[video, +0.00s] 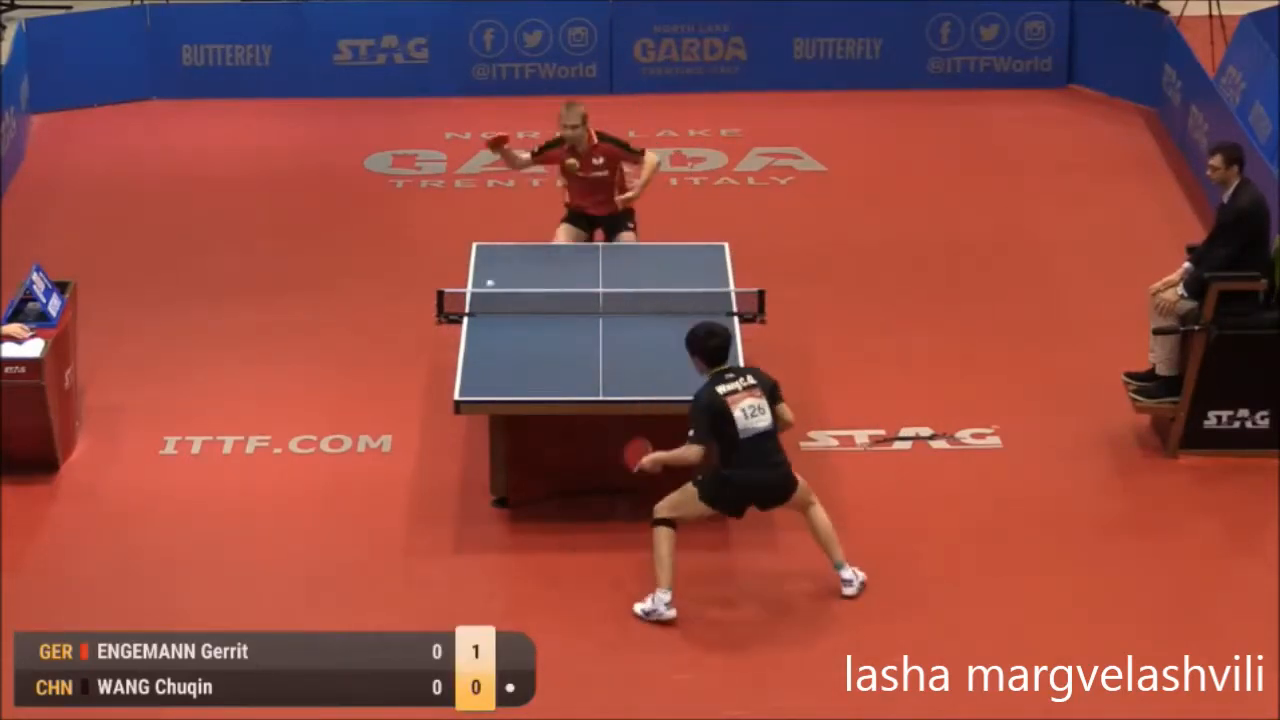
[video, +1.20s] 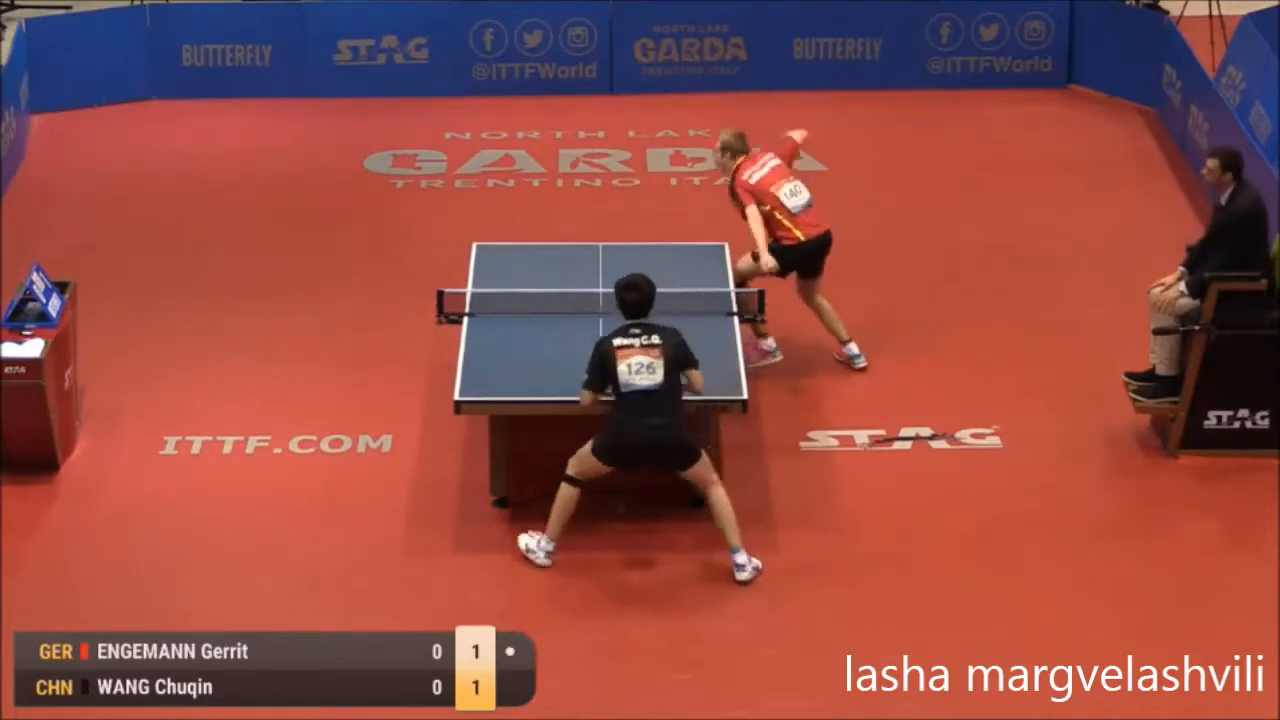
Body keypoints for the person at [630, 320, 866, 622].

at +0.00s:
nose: (691, 360)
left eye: (691, 356)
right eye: (693, 354)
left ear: (697, 359)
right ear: (728, 350)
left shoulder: (706, 397)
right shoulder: (757, 377)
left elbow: (694, 454)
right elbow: (786, 419)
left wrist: (659, 458)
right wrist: (756, 434)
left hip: (732, 482)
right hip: (776, 477)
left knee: (663, 513)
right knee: (810, 504)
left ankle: (662, 600)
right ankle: (846, 574)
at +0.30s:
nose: (662, 364)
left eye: (661, 358)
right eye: (660, 357)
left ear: (671, 359)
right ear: (690, 349)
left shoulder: (692, 396)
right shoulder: (717, 364)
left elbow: (707, 452)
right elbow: (760, 394)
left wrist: (661, 479)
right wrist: (739, 428)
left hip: (730, 474)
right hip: (762, 461)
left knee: (664, 512)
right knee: (770, 507)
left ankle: (660, 603)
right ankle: (830, 560)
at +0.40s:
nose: (661, 356)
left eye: (660, 350)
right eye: (658, 350)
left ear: (673, 347)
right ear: (687, 338)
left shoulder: (699, 378)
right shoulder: (717, 348)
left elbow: (723, 437)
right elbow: (757, 379)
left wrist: (687, 481)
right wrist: (732, 412)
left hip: (745, 452)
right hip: (766, 439)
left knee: (697, 519)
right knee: (738, 496)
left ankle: (675, 607)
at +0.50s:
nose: (663, 365)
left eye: (663, 358)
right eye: (661, 359)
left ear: (678, 354)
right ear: (688, 345)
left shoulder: (708, 382)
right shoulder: (715, 352)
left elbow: (735, 442)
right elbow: (745, 385)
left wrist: (704, 485)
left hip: (754, 455)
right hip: (764, 441)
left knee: (702, 523)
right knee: (721, 499)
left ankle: (706, 619)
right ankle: (735, 562)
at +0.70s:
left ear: (661, 306)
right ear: (695, 306)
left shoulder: (647, 342)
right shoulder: (712, 337)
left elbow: (634, 406)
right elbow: (738, 392)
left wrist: (662, 416)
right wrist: (725, 422)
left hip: (667, 432)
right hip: (710, 429)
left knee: (625, 502)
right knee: (729, 482)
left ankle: (600, 580)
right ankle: (742, 560)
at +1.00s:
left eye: (658, 282)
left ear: (653, 287)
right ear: (687, 287)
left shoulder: (639, 325)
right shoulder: (706, 321)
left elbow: (628, 385)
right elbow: (732, 371)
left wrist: (643, 397)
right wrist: (713, 391)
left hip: (653, 417)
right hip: (699, 418)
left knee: (607, 471)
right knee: (722, 482)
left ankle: (589, 550)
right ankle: (742, 559)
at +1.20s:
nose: (630, 302)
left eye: (625, 298)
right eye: (641, 297)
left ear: (619, 306)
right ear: (651, 304)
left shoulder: (606, 344)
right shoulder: (671, 337)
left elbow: (587, 400)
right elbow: (698, 385)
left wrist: (618, 398)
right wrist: (677, 373)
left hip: (624, 436)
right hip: (670, 436)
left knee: (575, 472)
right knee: (711, 485)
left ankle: (545, 545)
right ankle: (741, 561)